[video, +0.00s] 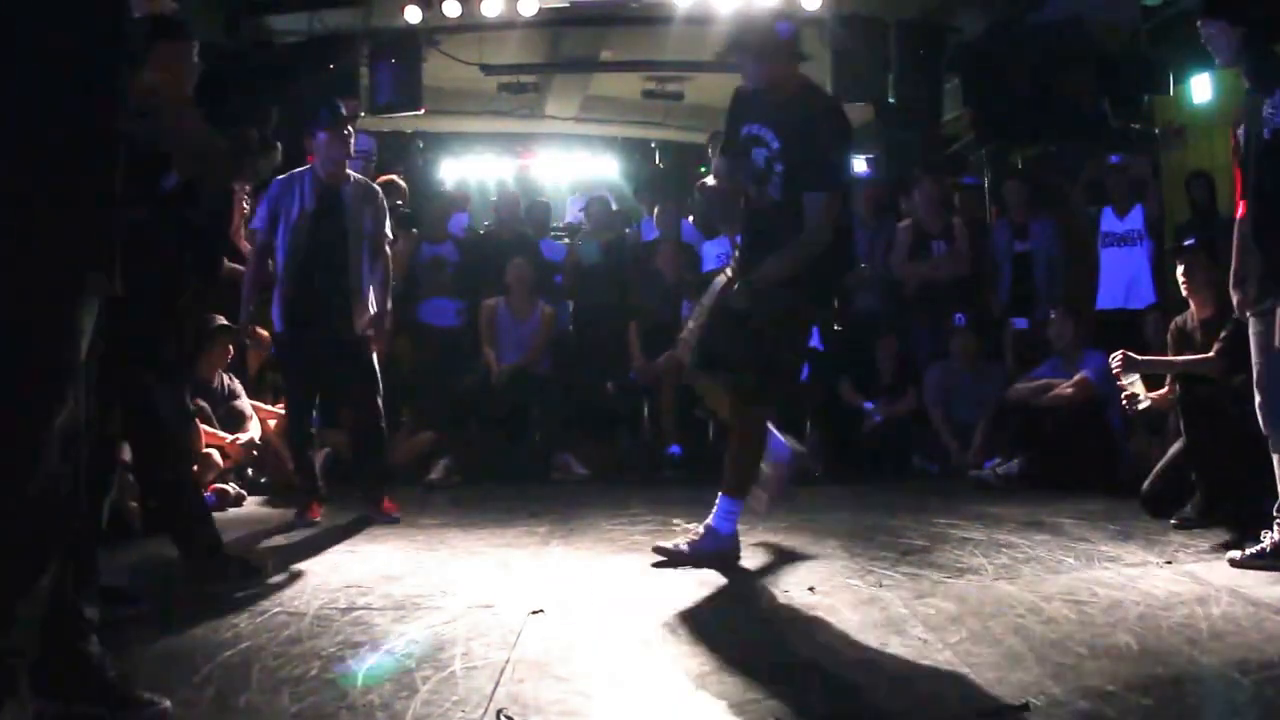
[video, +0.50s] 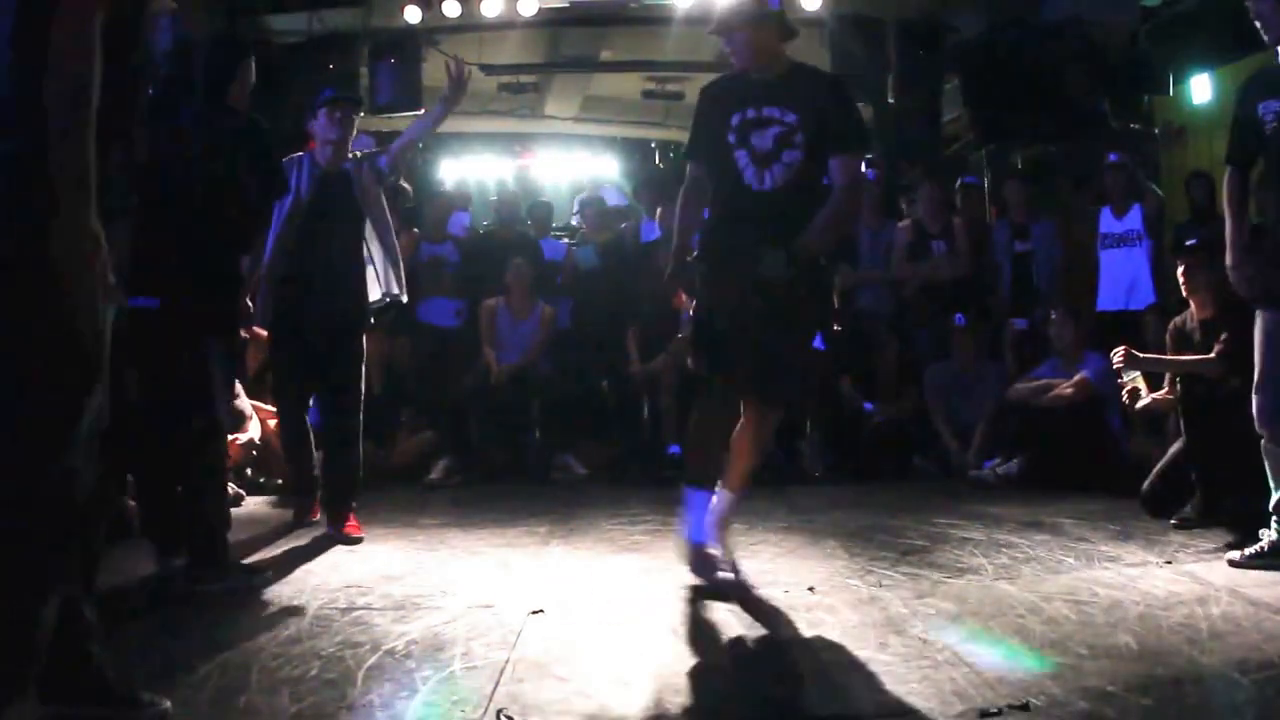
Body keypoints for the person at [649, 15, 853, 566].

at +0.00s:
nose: (745, 72)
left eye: (753, 61)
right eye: (742, 62)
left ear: (783, 55)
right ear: (743, 59)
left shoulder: (819, 115)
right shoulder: (745, 101)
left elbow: (822, 226)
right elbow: (733, 182)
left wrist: (764, 275)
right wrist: (718, 193)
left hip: (800, 269)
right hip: (749, 259)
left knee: (754, 394)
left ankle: (721, 530)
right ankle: (775, 450)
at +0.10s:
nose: (710, 102)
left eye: (715, 90)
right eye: (706, 92)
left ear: (745, 81)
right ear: (713, 87)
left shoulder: (808, 132)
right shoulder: (725, 134)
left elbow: (827, 236)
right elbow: (686, 220)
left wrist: (771, 284)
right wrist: (726, 205)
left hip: (798, 267)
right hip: (743, 257)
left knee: (735, 389)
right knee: (655, 306)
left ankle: (717, 528)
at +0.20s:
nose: (705, 82)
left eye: (712, 68)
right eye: (700, 71)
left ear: (744, 60)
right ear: (704, 71)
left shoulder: (804, 107)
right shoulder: (715, 120)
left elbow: (826, 209)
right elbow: (686, 209)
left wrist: (780, 274)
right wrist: (679, 252)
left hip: (793, 253)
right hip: (732, 247)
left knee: (747, 374)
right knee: (668, 307)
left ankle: (712, 518)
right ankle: (668, 441)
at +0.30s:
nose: (708, 56)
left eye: (713, 42)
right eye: (702, 48)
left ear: (748, 35)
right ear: (710, 50)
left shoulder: (811, 92)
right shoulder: (710, 111)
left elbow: (834, 192)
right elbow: (694, 204)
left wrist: (797, 265)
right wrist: (657, 286)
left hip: (798, 272)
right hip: (734, 272)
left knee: (758, 405)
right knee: (737, 402)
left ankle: (676, 507)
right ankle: (744, 560)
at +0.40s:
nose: (722, 57)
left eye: (731, 43)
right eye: (716, 48)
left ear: (766, 42)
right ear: (717, 56)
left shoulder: (819, 108)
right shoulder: (710, 120)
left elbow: (845, 193)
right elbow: (687, 205)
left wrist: (823, 246)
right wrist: (667, 269)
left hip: (800, 279)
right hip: (736, 281)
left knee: (769, 417)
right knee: (756, 411)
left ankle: (675, 519)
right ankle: (762, 558)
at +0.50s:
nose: (729, 45)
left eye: (737, 33)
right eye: (725, 36)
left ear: (771, 31)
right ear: (731, 40)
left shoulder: (823, 91)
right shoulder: (717, 95)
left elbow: (848, 188)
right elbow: (695, 186)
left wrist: (809, 247)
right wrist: (676, 259)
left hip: (794, 266)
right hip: (724, 262)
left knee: (765, 402)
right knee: (716, 388)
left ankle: (715, 527)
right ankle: (695, 527)